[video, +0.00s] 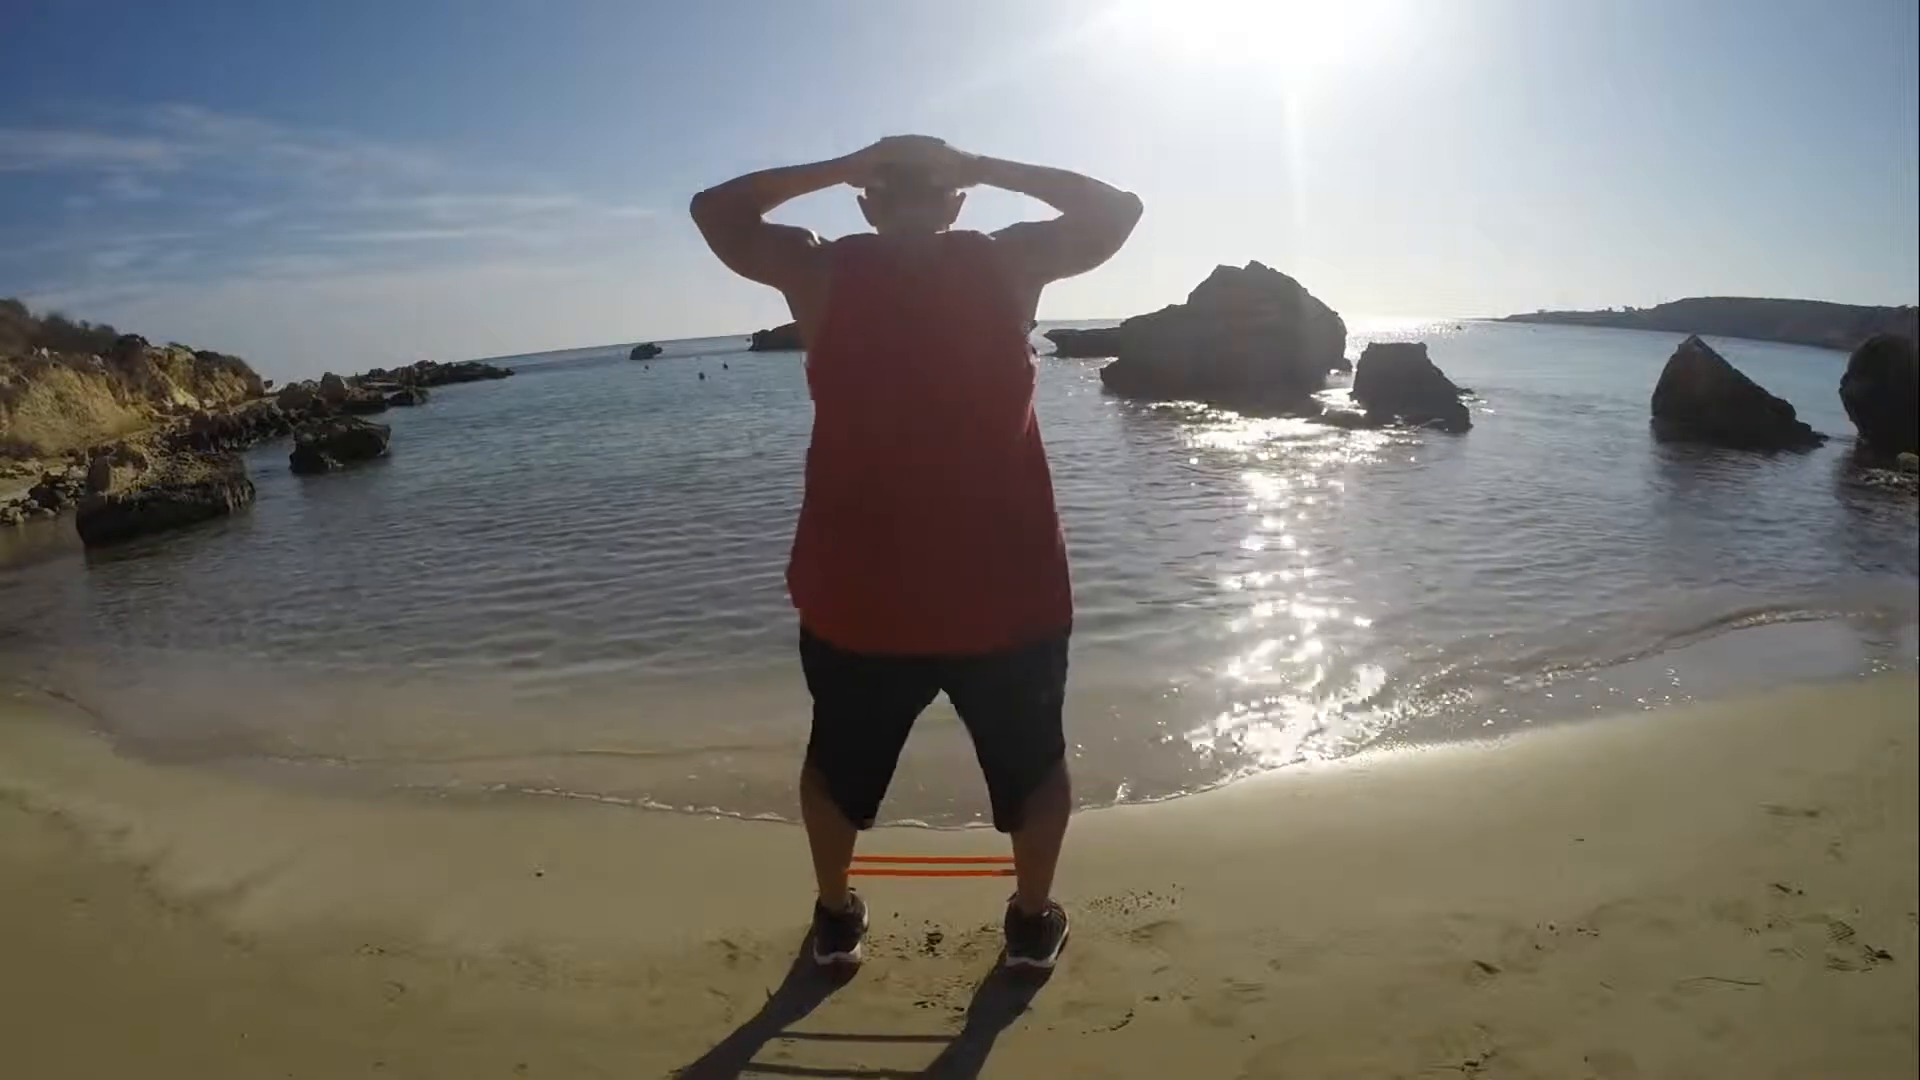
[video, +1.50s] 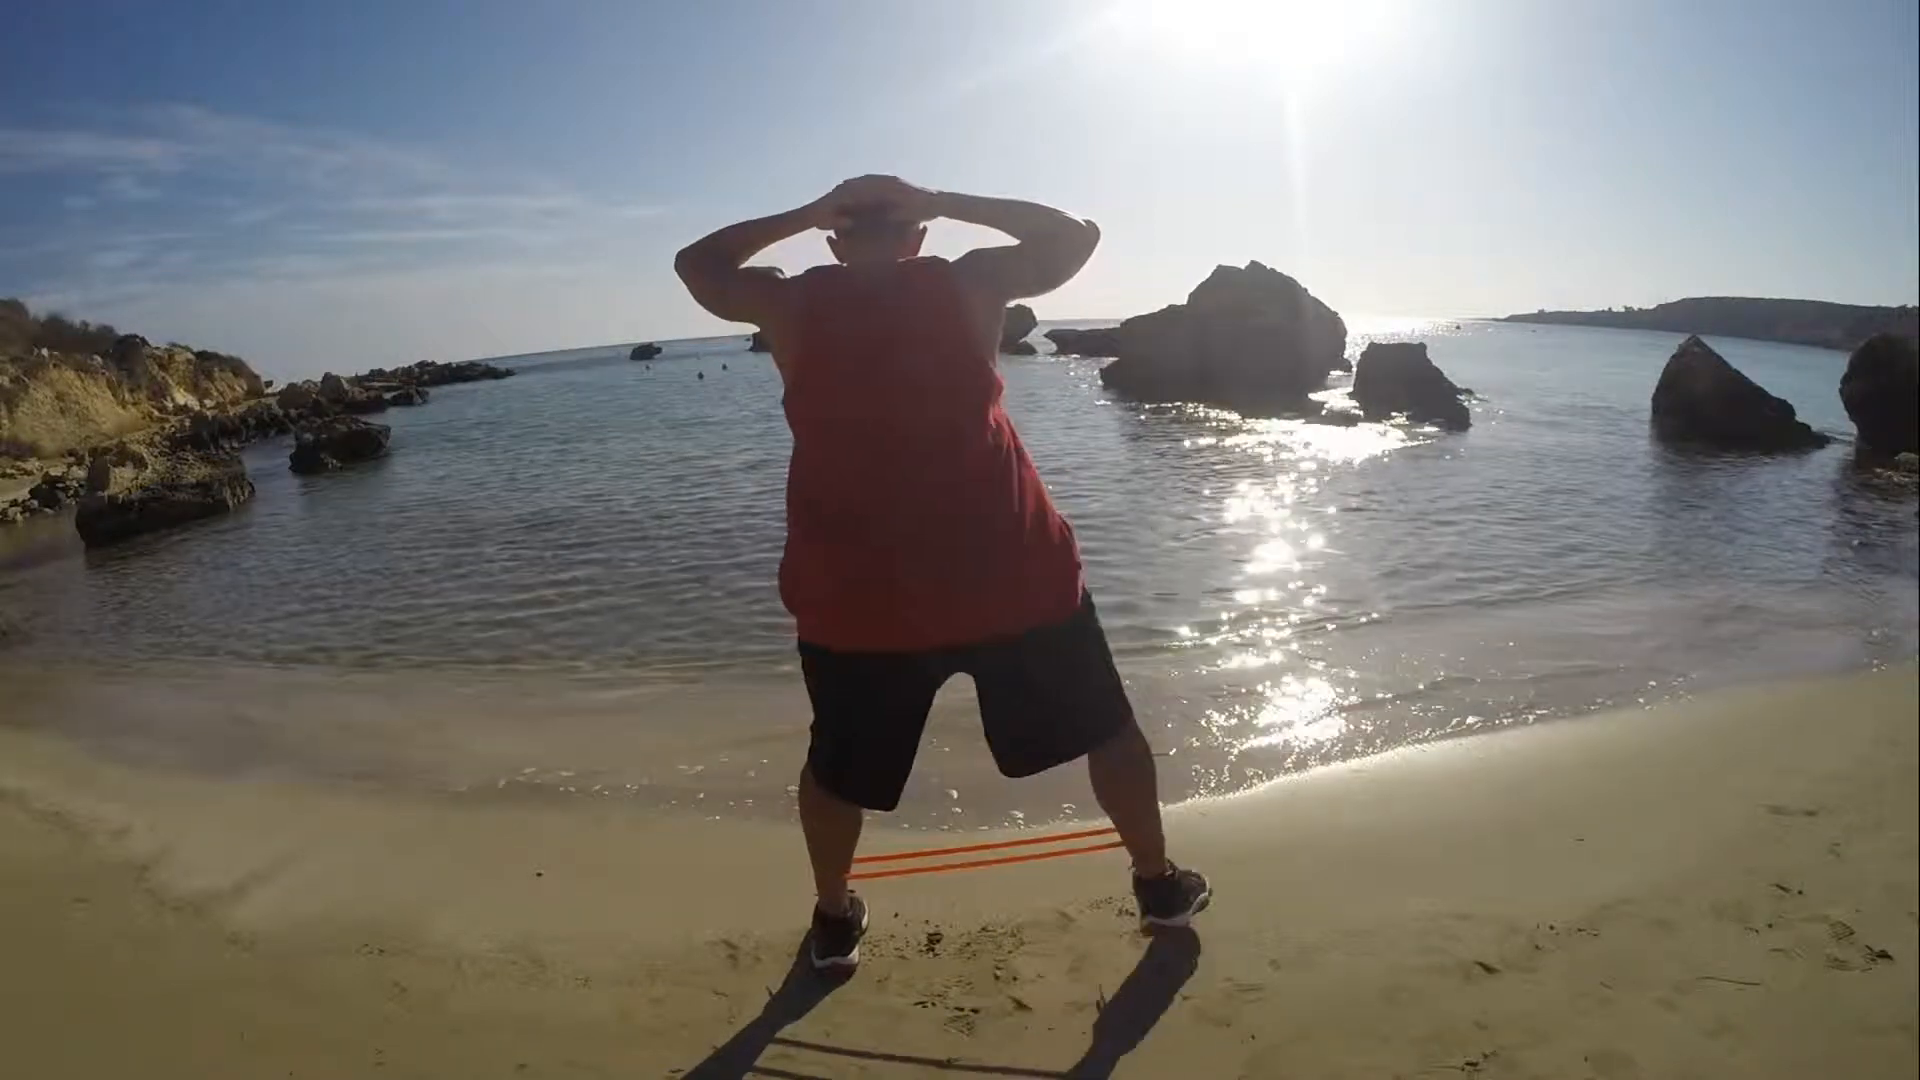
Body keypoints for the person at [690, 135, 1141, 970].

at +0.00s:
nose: (923, 190)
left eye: (908, 176)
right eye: (930, 177)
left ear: (865, 197)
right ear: (959, 197)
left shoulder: (818, 272)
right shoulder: (1007, 263)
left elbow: (714, 209)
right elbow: (1115, 210)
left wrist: (839, 168)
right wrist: (983, 167)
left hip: (860, 582)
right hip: (1001, 577)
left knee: (838, 756)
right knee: (1032, 761)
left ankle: (834, 912)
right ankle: (1032, 918)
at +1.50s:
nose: (866, 222)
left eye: (857, 214)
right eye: (884, 210)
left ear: (831, 237)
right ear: (918, 233)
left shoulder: (789, 303)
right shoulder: (968, 286)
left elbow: (698, 265)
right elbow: (1072, 236)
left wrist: (807, 214)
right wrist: (939, 201)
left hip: (855, 576)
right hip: (1003, 557)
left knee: (839, 760)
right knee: (1107, 727)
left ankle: (832, 917)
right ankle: (1156, 881)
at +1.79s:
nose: (929, 247)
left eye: (930, 234)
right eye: (934, 232)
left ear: (913, 250)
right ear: (998, 247)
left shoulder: (873, 322)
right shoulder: (1052, 304)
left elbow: (764, 278)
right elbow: (1147, 251)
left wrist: (881, 228)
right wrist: (1019, 217)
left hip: (934, 596)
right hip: (1083, 590)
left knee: (868, 771)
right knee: (1179, 764)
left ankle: (838, 916)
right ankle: (1253, 904)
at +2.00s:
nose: (1034, 246)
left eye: (1036, 231)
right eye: (1037, 229)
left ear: (1028, 240)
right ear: (1105, 235)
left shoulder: (999, 312)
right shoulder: (1167, 293)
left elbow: (866, 270)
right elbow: (1247, 243)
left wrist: (990, 221)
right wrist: (1127, 210)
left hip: (1036, 578)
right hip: (1179, 579)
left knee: (936, 743)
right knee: (1232, 748)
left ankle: (873, 896)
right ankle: (1257, 907)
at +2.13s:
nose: (1107, 230)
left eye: (1104, 216)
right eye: (1105, 215)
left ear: (1080, 228)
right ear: (1157, 221)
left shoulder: (1056, 298)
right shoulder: (1218, 281)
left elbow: (914, 250)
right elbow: (1291, 238)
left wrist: (1039, 207)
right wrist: (1183, 197)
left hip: (1085, 561)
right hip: (1225, 563)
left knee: (1002, 734)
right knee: (1251, 752)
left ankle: (992, 893)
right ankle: (1261, 904)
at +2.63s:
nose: (1144, 243)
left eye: (1137, 232)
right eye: (1161, 227)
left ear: (1120, 248)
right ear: (1203, 246)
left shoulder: (1089, 310)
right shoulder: (1259, 303)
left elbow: (960, 257)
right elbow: (1334, 263)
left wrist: (1092, 223)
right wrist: (1224, 221)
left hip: (1087, 566)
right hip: (1225, 581)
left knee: (959, 718)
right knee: (1249, 744)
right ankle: (1260, 908)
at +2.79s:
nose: (1093, 264)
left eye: (1090, 253)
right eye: (1110, 252)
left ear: (1077, 265)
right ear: (1157, 267)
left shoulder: (1034, 328)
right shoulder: (1209, 326)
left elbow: (911, 273)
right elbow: (1289, 275)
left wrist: (1042, 239)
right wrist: (1177, 237)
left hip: (1021, 594)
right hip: (1170, 606)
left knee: (875, 750)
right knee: (1230, 757)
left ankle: (784, 901)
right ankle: (1255, 904)